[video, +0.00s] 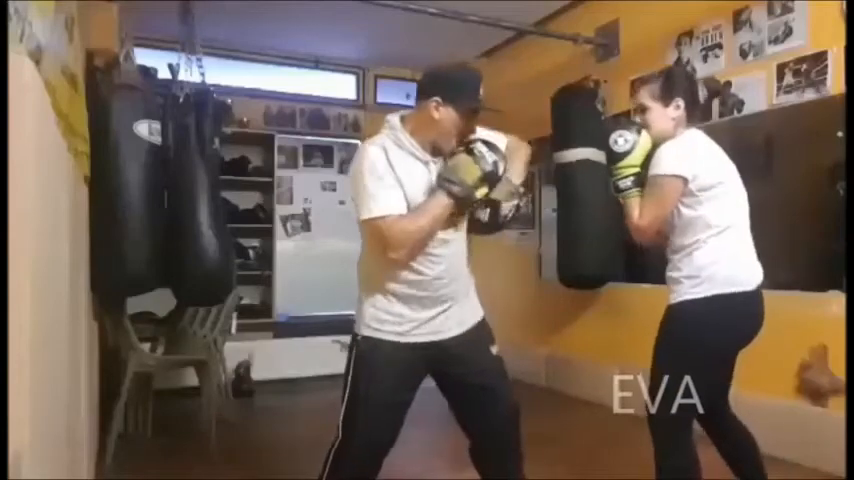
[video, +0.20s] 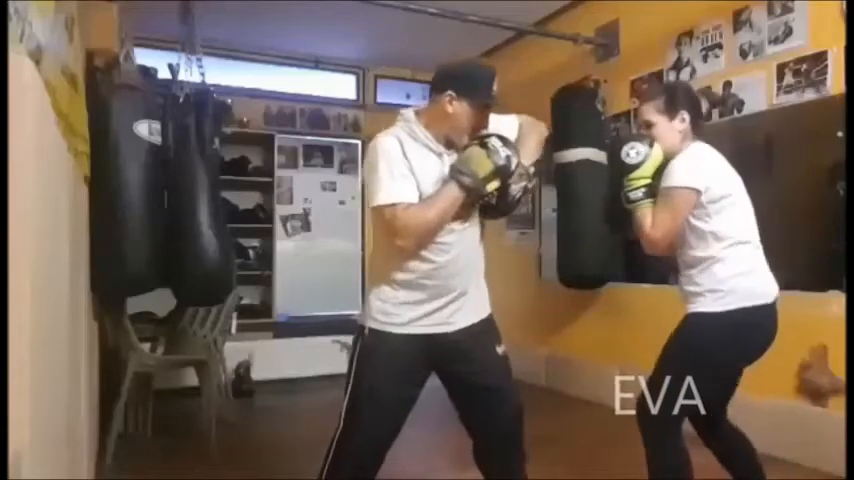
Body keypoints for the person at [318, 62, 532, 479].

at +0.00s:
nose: (472, 129)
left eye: (474, 119)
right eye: (467, 116)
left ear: (439, 110)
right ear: (436, 109)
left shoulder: (459, 146)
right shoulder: (376, 156)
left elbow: (518, 148)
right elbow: (397, 246)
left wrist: (506, 189)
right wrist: (452, 191)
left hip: (459, 321)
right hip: (390, 331)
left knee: (499, 429)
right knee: (360, 452)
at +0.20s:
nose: (484, 123)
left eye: (487, 112)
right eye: (479, 110)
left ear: (451, 104)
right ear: (449, 103)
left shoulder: (468, 139)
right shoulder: (388, 147)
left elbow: (533, 127)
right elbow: (405, 236)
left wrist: (520, 171)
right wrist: (463, 182)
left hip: (468, 321)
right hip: (398, 328)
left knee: (503, 429)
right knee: (359, 450)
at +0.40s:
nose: (501, 130)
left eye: (503, 119)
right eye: (496, 118)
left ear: (469, 112)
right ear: (466, 112)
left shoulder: (485, 145)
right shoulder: (400, 149)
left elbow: (545, 141)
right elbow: (407, 241)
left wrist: (530, 190)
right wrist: (470, 192)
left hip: (470, 322)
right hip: (398, 327)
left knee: (504, 427)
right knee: (364, 443)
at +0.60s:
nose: (472, 127)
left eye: (475, 117)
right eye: (468, 115)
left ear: (442, 110)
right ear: (439, 108)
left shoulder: (461, 150)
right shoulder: (379, 152)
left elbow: (513, 163)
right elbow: (395, 242)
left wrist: (494, 208)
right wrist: (458, 195)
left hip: (458, 321)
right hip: (391, 329)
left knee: (501, 421)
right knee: (364, 448)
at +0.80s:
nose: (453, 114)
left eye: (454, 103)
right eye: (447, 101)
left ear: (418, 100)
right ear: (415, 98)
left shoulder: (432, 150)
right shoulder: (374, 152)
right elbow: (445, 214)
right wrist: (496, 177)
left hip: (448, 323)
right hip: (387, 333)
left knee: (488, 425)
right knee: (362, 451)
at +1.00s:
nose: (453, 108)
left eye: (453, 98)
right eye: (446, 96)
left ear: (417, 97)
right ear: (414, 94)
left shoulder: (438, 149)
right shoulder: (371, 149)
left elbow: (457, 209)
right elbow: (420, 214)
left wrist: (504, 183)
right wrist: (476, 165)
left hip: (449, 327)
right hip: (382, 333)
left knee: (488, 429)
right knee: (359, 450)